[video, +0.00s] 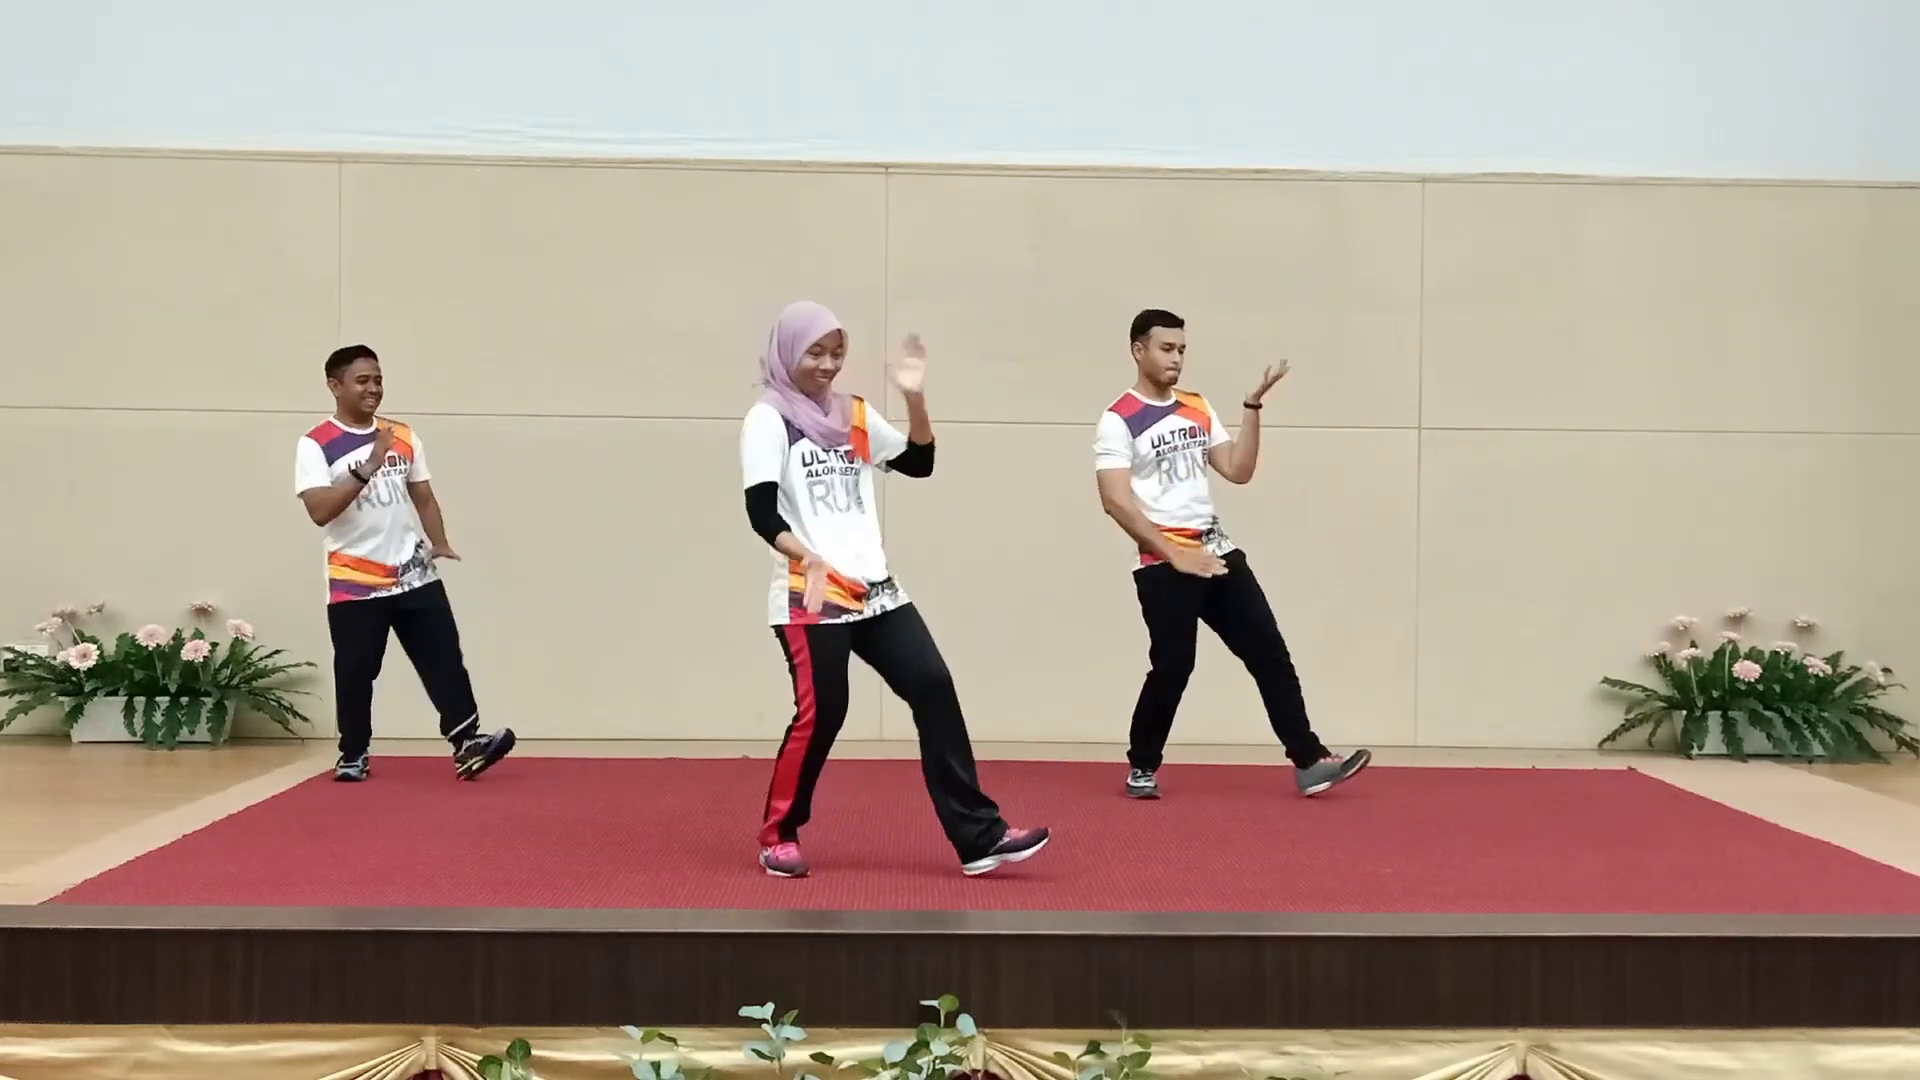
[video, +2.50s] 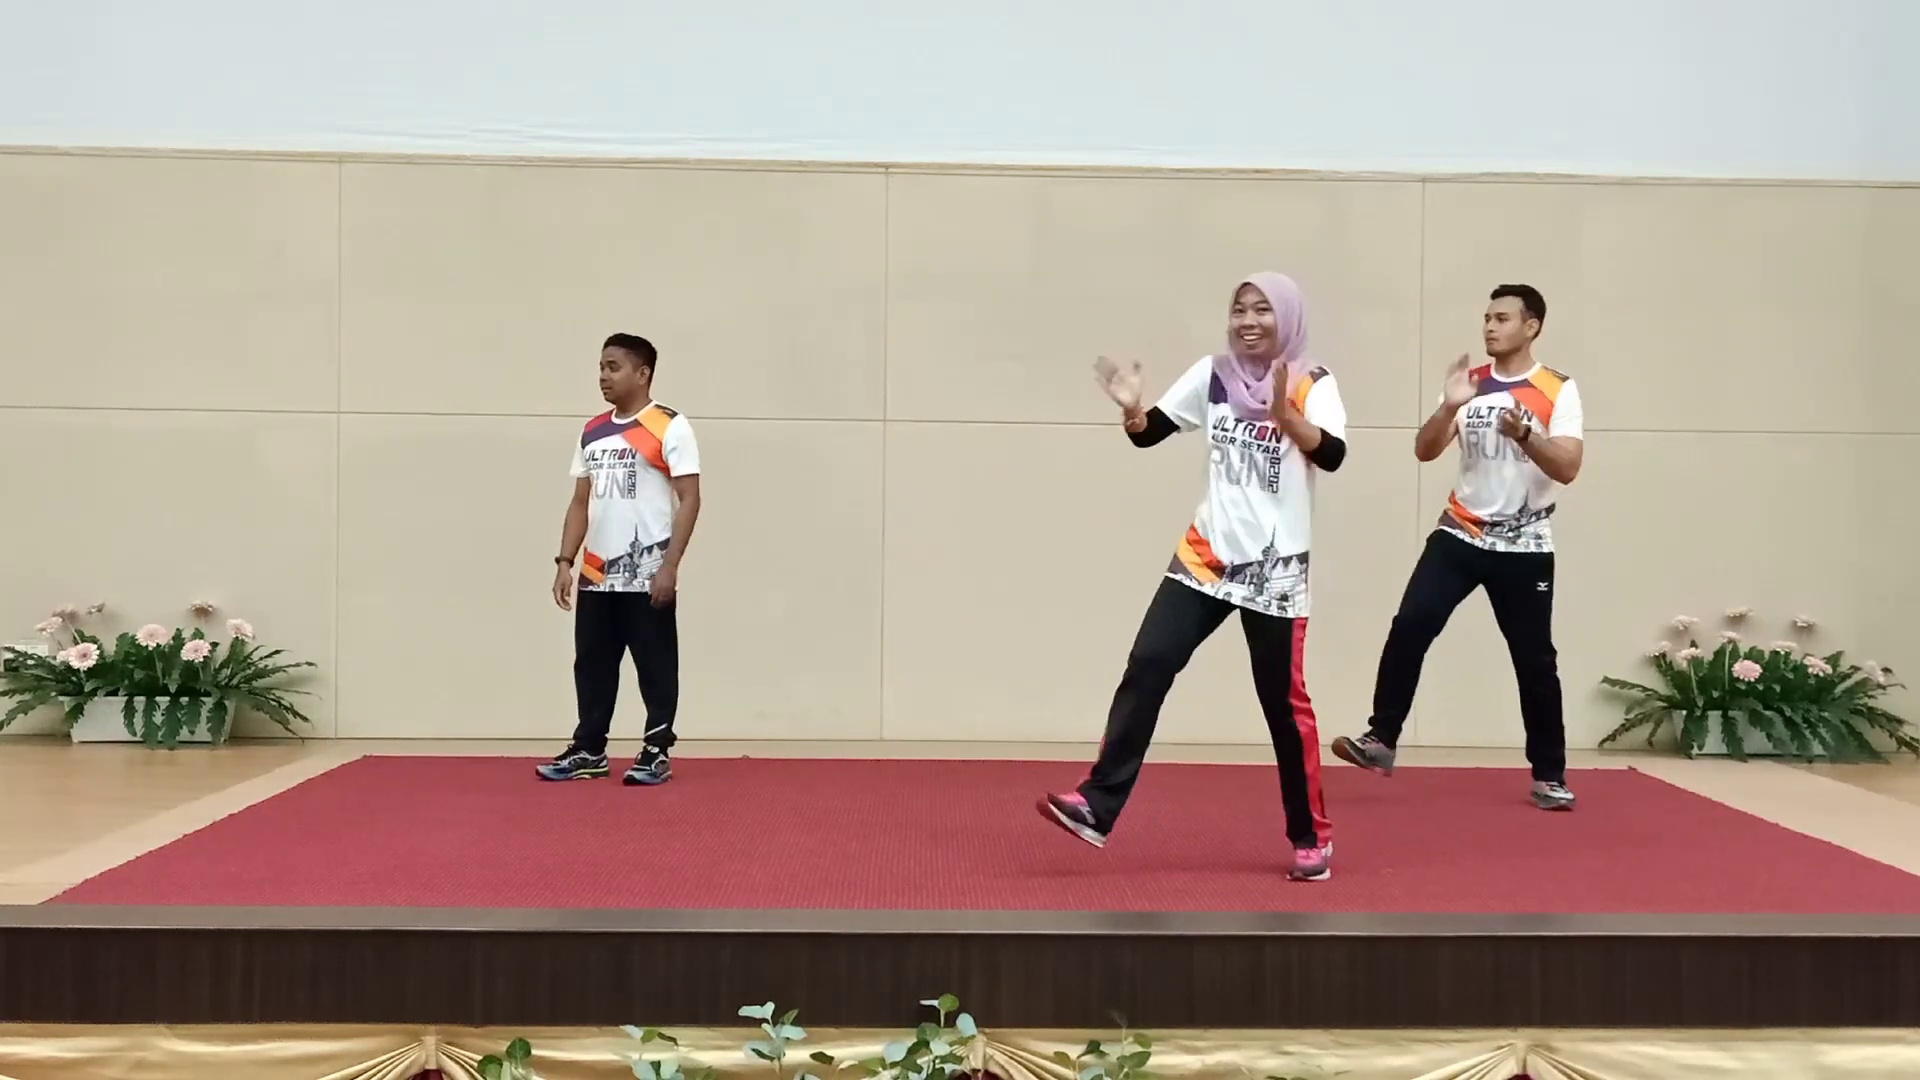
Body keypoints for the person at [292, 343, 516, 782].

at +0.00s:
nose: (373, 388)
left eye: (378, 380)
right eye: (363, 381)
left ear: (382, 384)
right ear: (335, 385)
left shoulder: (401, 437)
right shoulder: (316, 444)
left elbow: (423, 497)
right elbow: (319, 510)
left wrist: (439, 543)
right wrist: (369, 462)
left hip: (413, 573)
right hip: (355, 581)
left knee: (443, 657)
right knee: (354, 673)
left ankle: (467, 743)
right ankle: (353, 756)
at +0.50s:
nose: (402, 364)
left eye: (411, 358)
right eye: (392, 358)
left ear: (426, 370)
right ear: (378, 367)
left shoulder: (446, 424)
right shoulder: (353, 420)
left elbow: (494, 475)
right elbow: (329, 487)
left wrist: (476, 428)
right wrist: (379, 528)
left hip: (435, 564)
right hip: (372, 566)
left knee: (457, 643)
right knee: (356, 661)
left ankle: (487, 739)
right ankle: (350, 750)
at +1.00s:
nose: (480, 370)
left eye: (491, 362)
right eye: (476, 363)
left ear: (517, 370)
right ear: (471, 371)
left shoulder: (530, 421)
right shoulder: (461, 426)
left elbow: (539, 486)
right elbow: (412, 468)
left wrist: (477, 518)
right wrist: (385, 449)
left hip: (500, 568)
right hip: (456, 564)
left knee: (491, 660)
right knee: (448, 644)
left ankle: (485, 755)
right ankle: (520, 717)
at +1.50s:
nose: (544, 373)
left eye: (555, 365)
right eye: (544, 365)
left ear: (584, 373)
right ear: (549, 371)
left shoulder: (605, 422)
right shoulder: (545, 432)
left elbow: (621, 484)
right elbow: (537, 492)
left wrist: (557, 487)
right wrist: (530, 530)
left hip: (594, 562)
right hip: (561, 563)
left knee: (584, 649)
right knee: (566, 654)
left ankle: (621, 732)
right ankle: (584, 746)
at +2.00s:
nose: (590, 375)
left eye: (600, 366)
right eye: (589, 367)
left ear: (631, 372)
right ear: (595, 373)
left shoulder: (660, 426)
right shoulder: (587, 432)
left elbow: (682, 498)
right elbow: (581, 505)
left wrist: (663, 567)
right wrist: (571, 567)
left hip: (646, 578)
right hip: (596, 578)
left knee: (656, 670)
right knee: (589, 668)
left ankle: (656, 753)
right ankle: (588, 751)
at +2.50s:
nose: (602, 375)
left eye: (612, 367)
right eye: (601, 368)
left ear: (643, 373)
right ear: (602, 372)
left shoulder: (671, 428)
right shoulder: (593, 430)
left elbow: (689, 500)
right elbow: (581, 502)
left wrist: (670, 565)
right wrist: (565, 561)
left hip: (648, 576)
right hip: (597, 575)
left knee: (656, 669)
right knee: (593, 667)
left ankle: (656, 754)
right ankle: (589, 751)